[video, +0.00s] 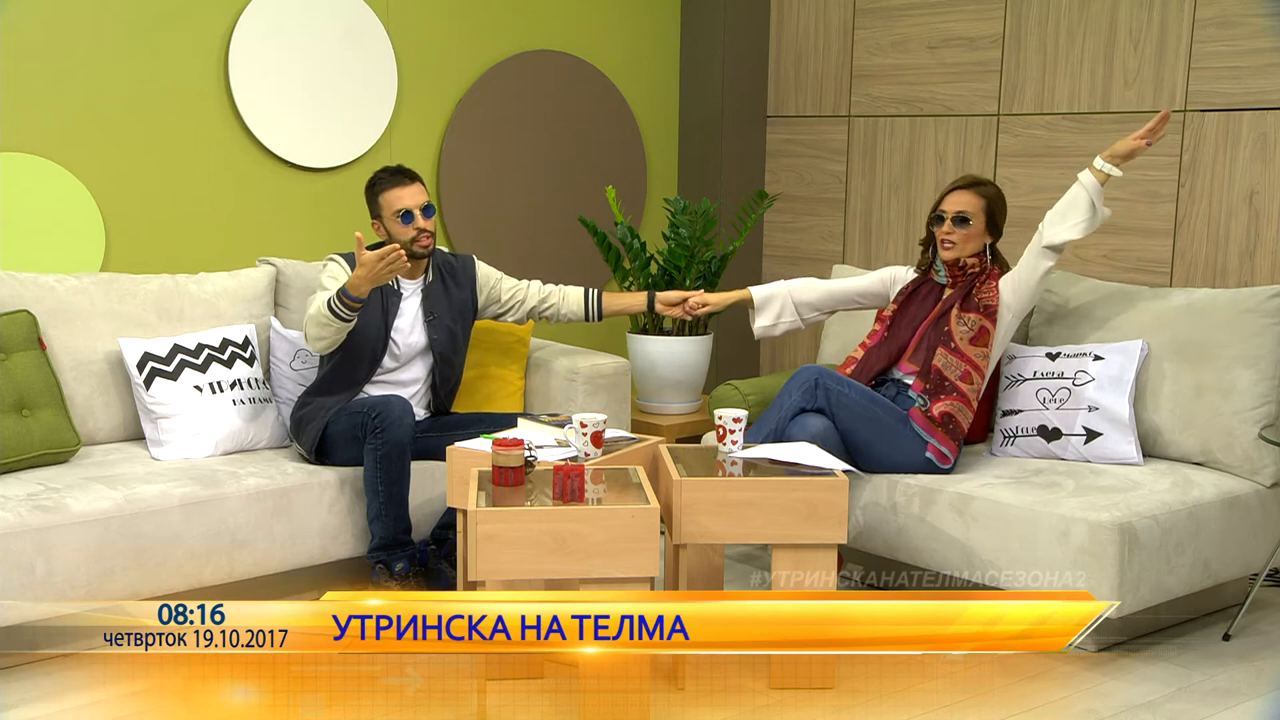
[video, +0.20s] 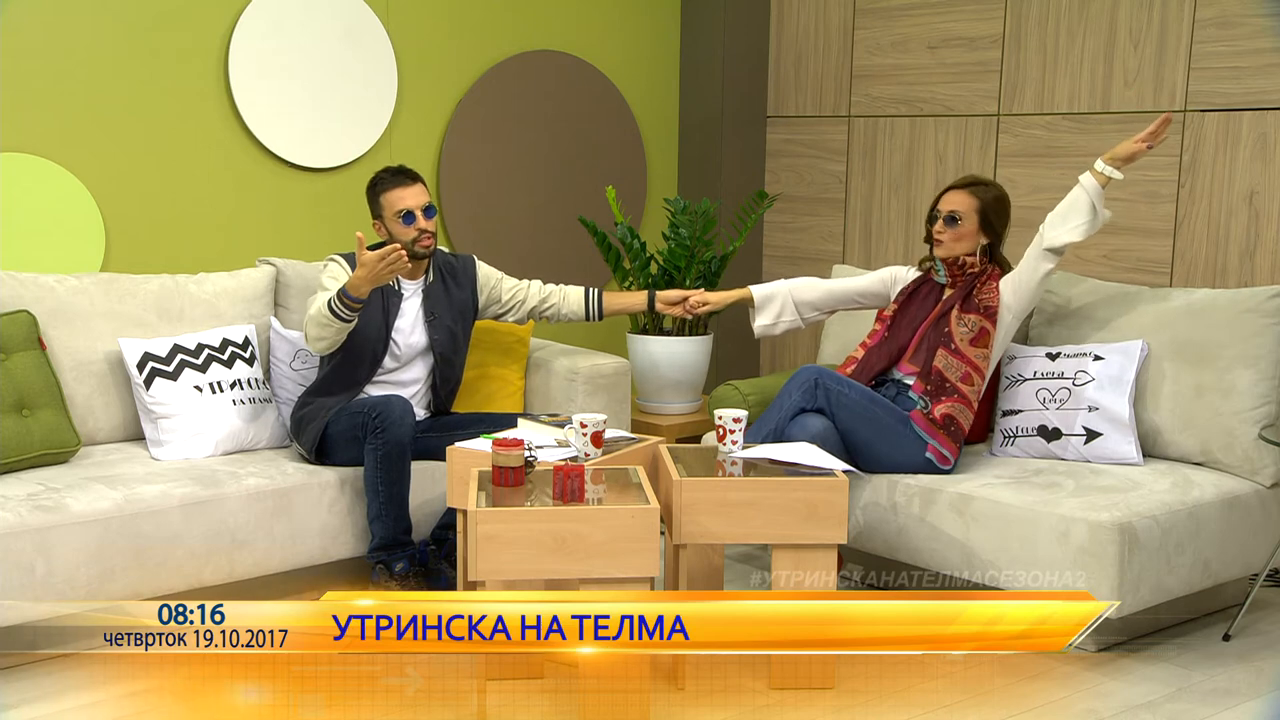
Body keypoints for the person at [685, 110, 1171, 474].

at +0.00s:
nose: (947, 230)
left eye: (962, 221)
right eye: (941, 220)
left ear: (992, 233)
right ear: (931, 229)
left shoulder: (1002, 297)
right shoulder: (909, 284)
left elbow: (1049, 242)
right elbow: (822, 291)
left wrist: (1106, 164)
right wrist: (729, 298)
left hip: (924, 433)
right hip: (868, 417)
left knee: (815, 379)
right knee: (803, 435)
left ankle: (736, 460)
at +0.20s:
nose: (940, 229)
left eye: (954, 220)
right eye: (937, 220)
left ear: (988, 231)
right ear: (932, 229)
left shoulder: (1004, 296)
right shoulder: (908, 282)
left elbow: (1050, 243)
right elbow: (823, 290)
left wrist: (1110, 164)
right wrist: (728, 297)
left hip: (924, 433)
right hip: (867, 416)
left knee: (814, 379)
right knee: (804, 428)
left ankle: (733, 466)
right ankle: (806, 450)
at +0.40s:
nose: (940, 229)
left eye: (955, 221)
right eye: (938, 220)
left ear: (989, 232)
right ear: (935, 229)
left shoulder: (1003, 297)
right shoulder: (909, 283)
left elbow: (1051, 246)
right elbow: (823, 290)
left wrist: (1109, 168)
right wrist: (731, 296)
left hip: (924, 435)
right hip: (868, 415)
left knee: (814, 377)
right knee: (805, 429)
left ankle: (732, 466)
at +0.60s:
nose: (943, 231)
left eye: (957, 222)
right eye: (940, 222)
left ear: (992, 233)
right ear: (934, 231)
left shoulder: (1006, 297)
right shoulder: (911, 283)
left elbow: (1056, 245)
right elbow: (824, 291)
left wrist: (1115, 168)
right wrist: (730, 298)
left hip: (926, 435)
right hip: (869, 416)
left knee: (815, 376)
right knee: (807, 427)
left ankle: (730, 456)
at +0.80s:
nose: (941, 232)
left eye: (956, 223)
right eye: (938, 222)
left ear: (991, 234)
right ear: (933, 231)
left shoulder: (1005, 295)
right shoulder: (908, 284)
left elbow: (1055, 244)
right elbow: (824, 290)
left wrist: (1115, 167)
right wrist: (734, 297)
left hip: (930, 434)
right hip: (870, 415)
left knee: (825, 368)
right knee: (801, 423)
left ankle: (703, 446)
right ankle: (814, 566)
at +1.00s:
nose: (938, 238)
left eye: (952, 229)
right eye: (933, 229)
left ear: (985, 238)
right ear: (928, 236)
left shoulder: (1000, 296)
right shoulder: (906, 285)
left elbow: (1046, 244)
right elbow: (821, 294)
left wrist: (1097, 167)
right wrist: (730, 298)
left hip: (929, 440)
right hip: (868, 427)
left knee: (838, 360)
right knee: (764, 422)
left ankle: (700, 397)